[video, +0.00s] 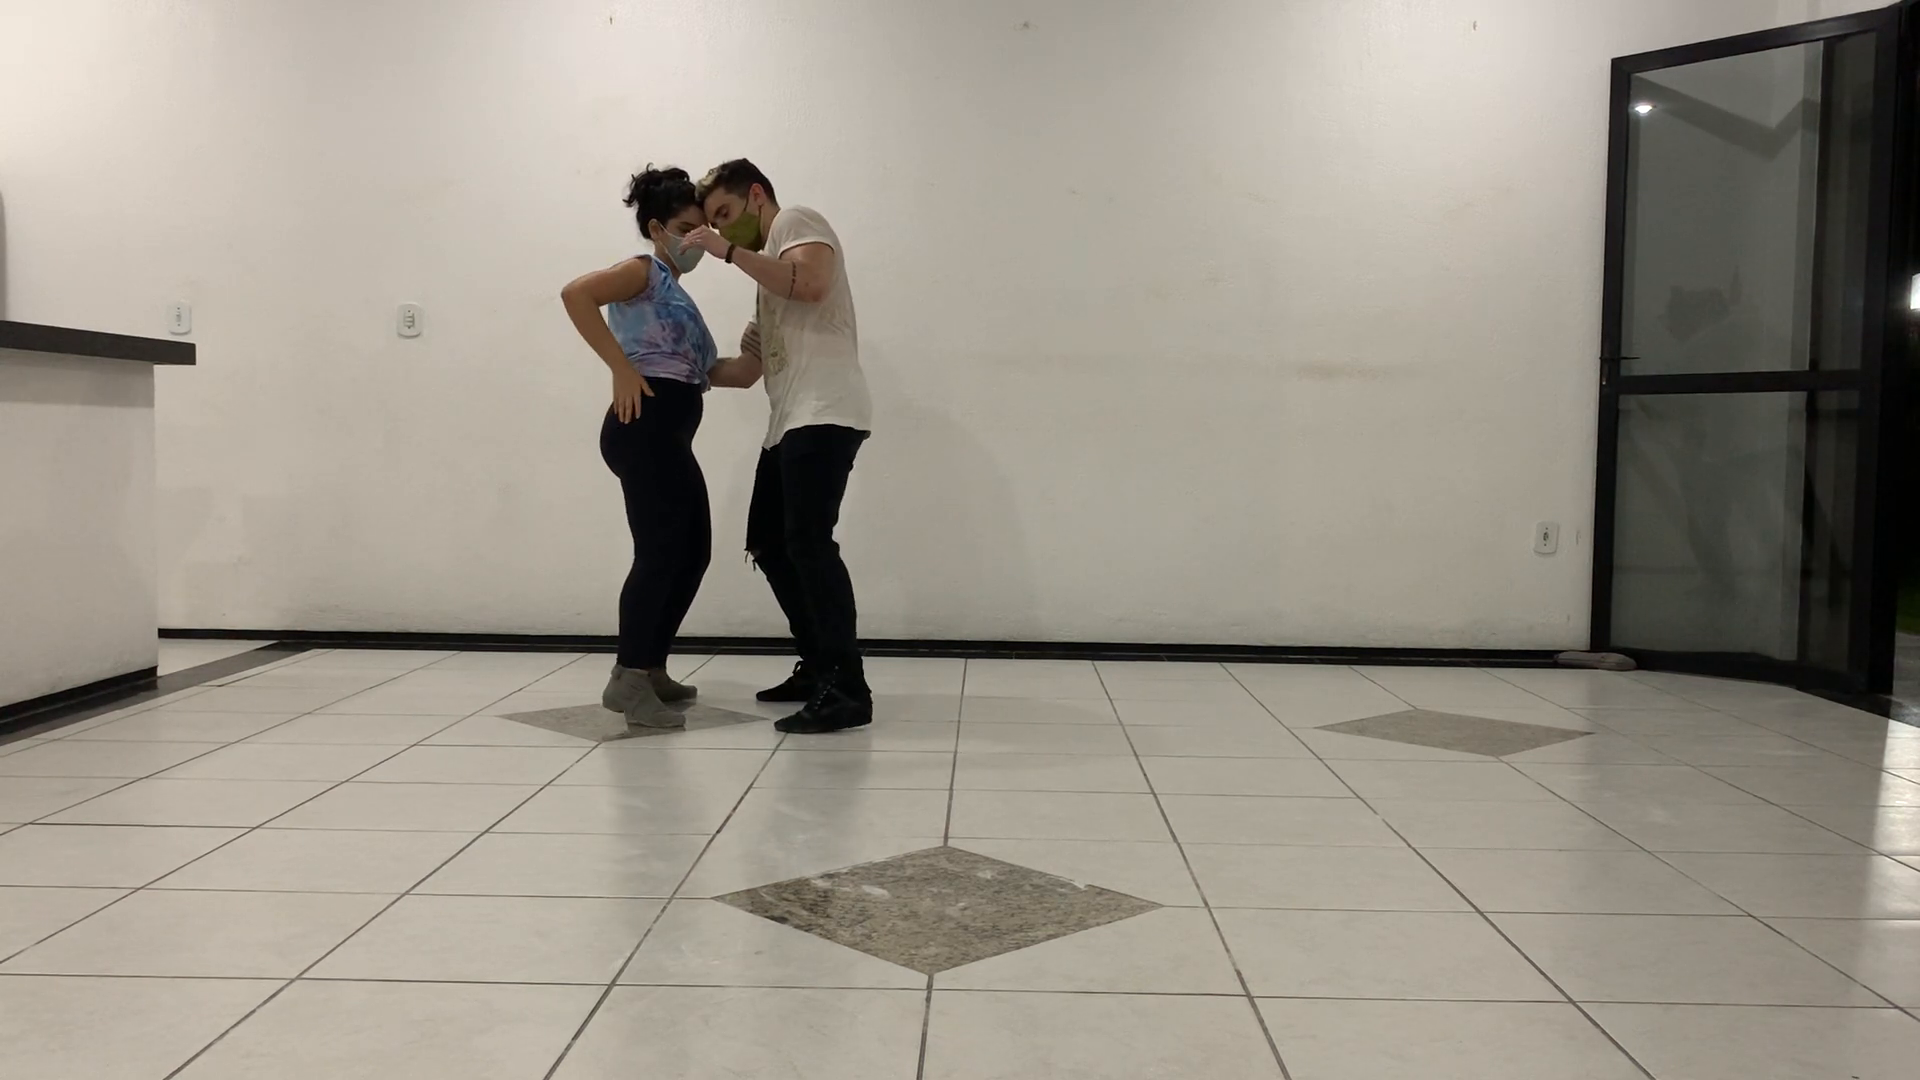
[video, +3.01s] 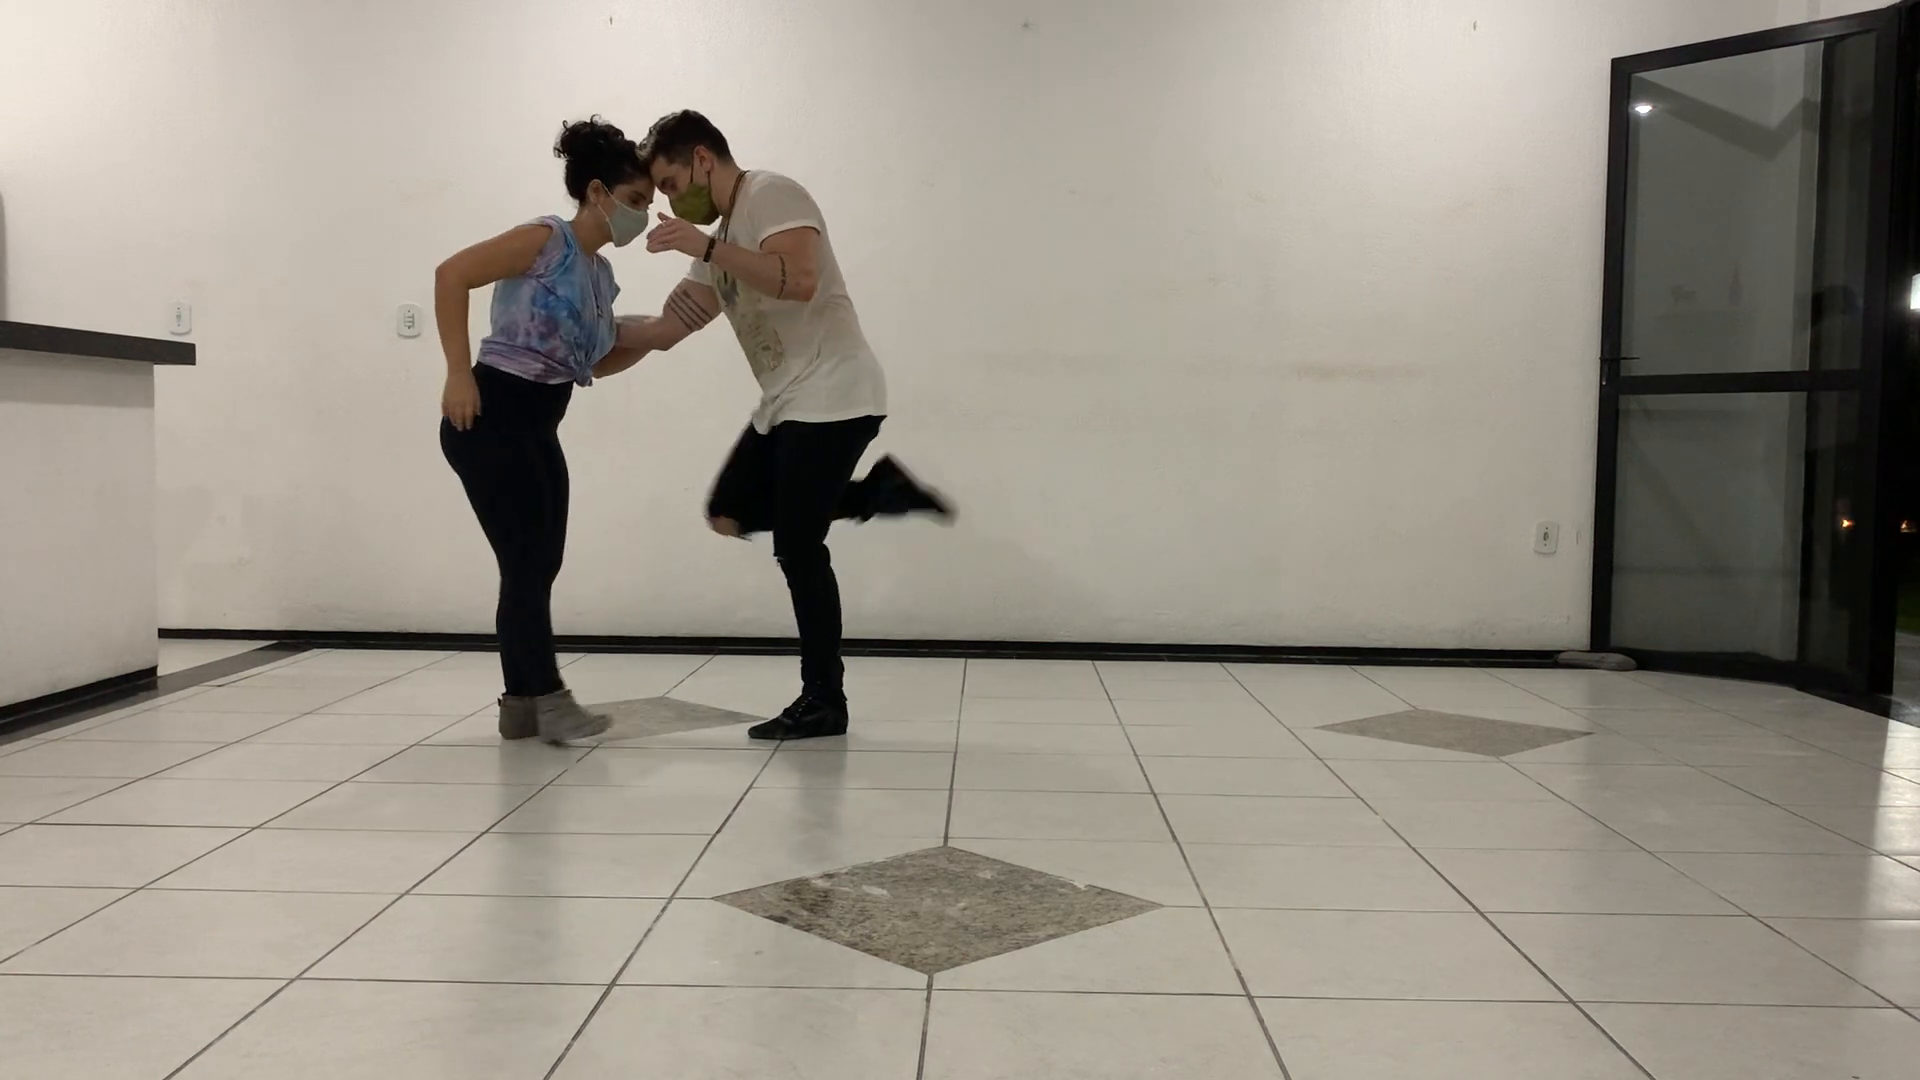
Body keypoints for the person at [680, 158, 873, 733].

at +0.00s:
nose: (722, 232)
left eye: (725, 215)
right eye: (714, 223)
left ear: (758, 196)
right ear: (735, 218)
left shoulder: (799, 221)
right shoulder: (768, 282)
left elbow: (808, 284)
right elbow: (743, 371)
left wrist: (729, 251)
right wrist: (674, 361)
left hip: (826, 412)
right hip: (789, 422)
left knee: (806, 540)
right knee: (768, 543)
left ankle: (847, 690)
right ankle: (818, 667)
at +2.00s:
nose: (721, 196)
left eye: (719, 181)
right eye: (714, 188)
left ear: (749, 157)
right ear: (756, 160)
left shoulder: (794, 194)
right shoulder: (797, 208)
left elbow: (772, 283)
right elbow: (746, 318)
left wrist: (692, 233)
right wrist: (675, 339)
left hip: (841, 396)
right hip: (853, 396)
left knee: (807, 537)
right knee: (833, 537)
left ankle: (823, 696)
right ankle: (817, 678)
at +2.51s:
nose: (694, 204)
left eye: (694, 188)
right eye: (688, 195)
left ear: (727, 164)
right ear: (726, 172)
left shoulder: (784, 197)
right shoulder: (760, 242)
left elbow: (793, 284)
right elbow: (682, 309)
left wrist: (698, 253)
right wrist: (592, 315)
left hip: (867, 395)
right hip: (878, 394)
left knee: (851, 548)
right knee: (892, 543)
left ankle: (825, 700)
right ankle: (895, 696)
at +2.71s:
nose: (683, 203)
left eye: (684, 185)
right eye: (676, 193)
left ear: (714, 160)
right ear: (714, 169)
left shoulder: (778, 193)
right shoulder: (745, 240)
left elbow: (801, 275)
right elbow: (675, 310)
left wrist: (705, 250)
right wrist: (590, 320)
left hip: (855, 396)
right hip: (853, 397)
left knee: (835, 546)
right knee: (873, 536)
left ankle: (825, 699)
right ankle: (963, 665)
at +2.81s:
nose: (677, 203)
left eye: (677, 186)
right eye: (672, 194)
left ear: (711, 163)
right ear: (709, 172)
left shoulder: (776, 193)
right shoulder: (739, 241)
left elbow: (802, 273)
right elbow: (670, 316)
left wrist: (703, 244)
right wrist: (577, 320)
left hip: (852, 393)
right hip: (824, 400)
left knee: (825, 543)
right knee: (832, 540)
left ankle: (825, 703)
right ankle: (978, 579)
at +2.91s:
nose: (672, 201)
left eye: (673, 184)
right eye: (666, 192)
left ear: (707, 160)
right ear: (701, 171)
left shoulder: (774, 194)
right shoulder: (730, 245)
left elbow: (801, 274)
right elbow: (667, 322)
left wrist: (707, 245)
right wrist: (583, 350)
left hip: (847, 392)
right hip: (804, 402)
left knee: (812, 537)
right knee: (783, 534)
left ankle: (824, 701)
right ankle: (930, 496)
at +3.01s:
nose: (670, 201)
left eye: (671, 185)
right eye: (664, 191)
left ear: (704, 160)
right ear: (702, 168)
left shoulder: (773, 195)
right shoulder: (726, 240)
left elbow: (800, 280)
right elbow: (665, 328)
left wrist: (704, 246)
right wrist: (578, 347)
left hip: (836, 395)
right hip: (788, 401)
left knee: (798, 540)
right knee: (729, 512)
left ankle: (824, 702)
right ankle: (873, 496)